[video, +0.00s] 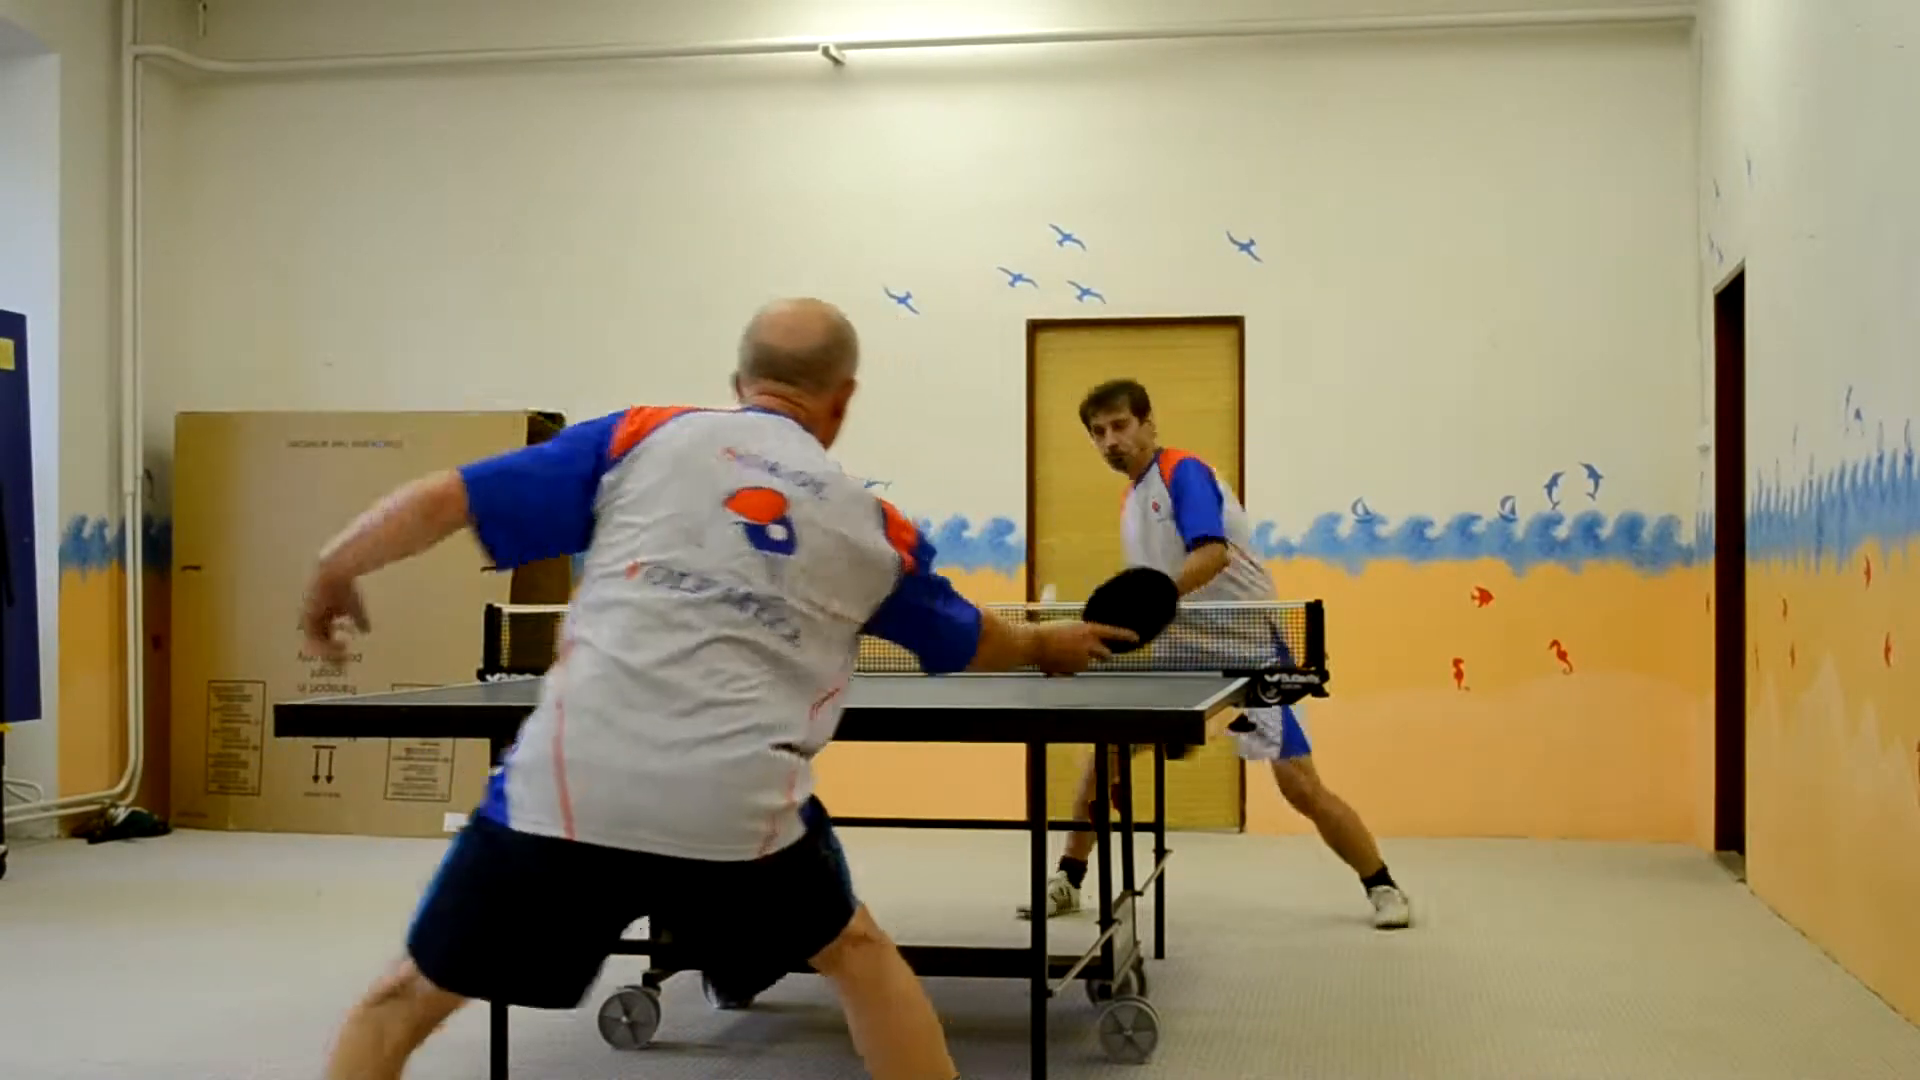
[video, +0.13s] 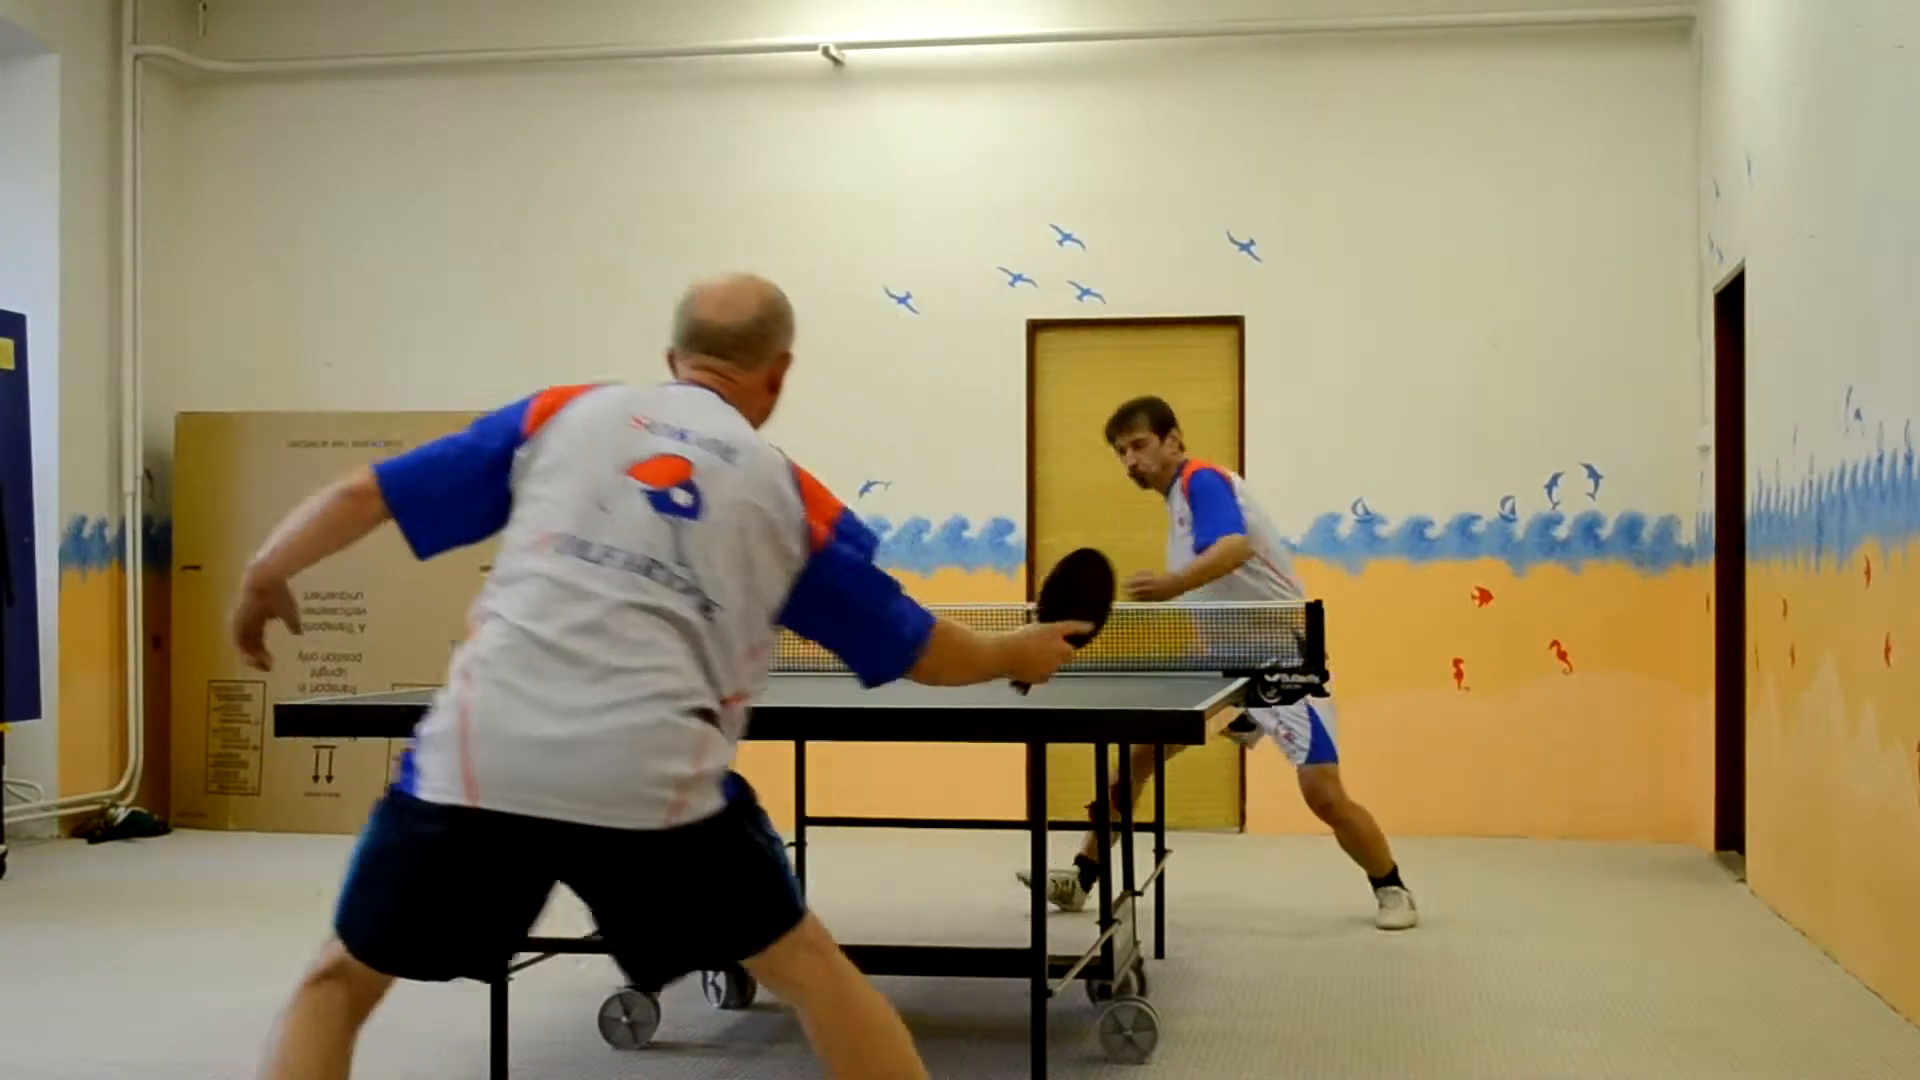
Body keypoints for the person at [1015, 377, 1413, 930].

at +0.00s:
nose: (1110, 441)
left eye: (1118, 427)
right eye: (1099, 433)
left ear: (1146, 424)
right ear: (1093, 440)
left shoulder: (1185, 473)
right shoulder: (1132, 501)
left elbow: (1210, 555)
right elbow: (1149, 576)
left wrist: (1147, 602)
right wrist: (1111, 620)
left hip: (1249, 654)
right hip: (1183, 656)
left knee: (1302, 789)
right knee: (1105, 754)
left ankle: (1381, 886)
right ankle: (1065, 881)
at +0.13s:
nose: (1130, 462)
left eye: (1137, 447)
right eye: (1122, 453)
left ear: (1172, 440)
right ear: (1123, 456)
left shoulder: (1204, 481)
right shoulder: (1180, 500)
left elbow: (1236, 546)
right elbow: (1226, 573)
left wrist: (1174, 583)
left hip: (1279, 662)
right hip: (1224, 666)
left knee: (1325, 797)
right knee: (1139, 759)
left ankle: (1390, 887)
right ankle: (1079, 877)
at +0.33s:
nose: (1219, 385)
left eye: (1231, 372)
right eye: (1214, 375)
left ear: (1265, 377)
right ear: (1213, 383)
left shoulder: (1307, 429)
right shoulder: (1216, 466)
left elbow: (1363, 497)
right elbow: (1187, 555)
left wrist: (1389, 500)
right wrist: (1114, 575)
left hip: (1306, 627)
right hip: (1232, 631)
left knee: (1345, 760)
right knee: (1152, 735)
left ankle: (1393, 876)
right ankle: (1101, 863)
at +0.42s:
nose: (1278, 386)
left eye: (1291, 377)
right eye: (1273, 375)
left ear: (1322, 389)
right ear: (1264, 381)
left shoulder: (1352, 450)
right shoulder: (1230, 442)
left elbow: (1437, 473)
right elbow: (1154, 468)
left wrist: (1506, 450)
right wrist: (1150, 405)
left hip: (1303, 640)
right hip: (1218, 636)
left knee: (1356, 744)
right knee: (1143, 729)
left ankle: (1369, 863)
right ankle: (1110, 841)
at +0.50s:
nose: (1305, 404)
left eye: (1320, 396)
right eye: (1303, 393)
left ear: (1349, 410)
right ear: (1296, 398)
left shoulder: (1371, 482)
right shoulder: (1265, 452)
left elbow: (1442, 520)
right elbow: (1221, 454)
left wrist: (1513, 519)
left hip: (1293, 657)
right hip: (1213, 646)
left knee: (1353, 760)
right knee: (1149, 759)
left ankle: (1361, 890)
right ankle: (1102, 862)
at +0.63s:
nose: (1332, 412)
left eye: (1348, 404)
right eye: (1325, 400)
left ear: (1369, 419)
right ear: (1311, 407)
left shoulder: (1366, 496)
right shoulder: (1274, 459)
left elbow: (1347, 598)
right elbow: (1293, 548)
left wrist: (1355, 671)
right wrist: (1379, 561)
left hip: (1295, 649)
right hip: (1222, 641)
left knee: (1363, 758)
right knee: (1162, 755)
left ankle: (1363, 888)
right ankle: (1091, 861)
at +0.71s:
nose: (1337, 413)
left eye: (1352, 404)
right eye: (1329, 400)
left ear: (1372, 419)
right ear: (1314, 407)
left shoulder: (1365, 491)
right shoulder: (1274, 466)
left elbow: (1322, 563)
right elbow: (1282, 566)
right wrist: (1367, 583)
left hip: (1300, 649)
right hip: (1232, 644)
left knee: (1368, 757)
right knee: (1160, 760)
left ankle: (1365, 888)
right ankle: (1094, 862)